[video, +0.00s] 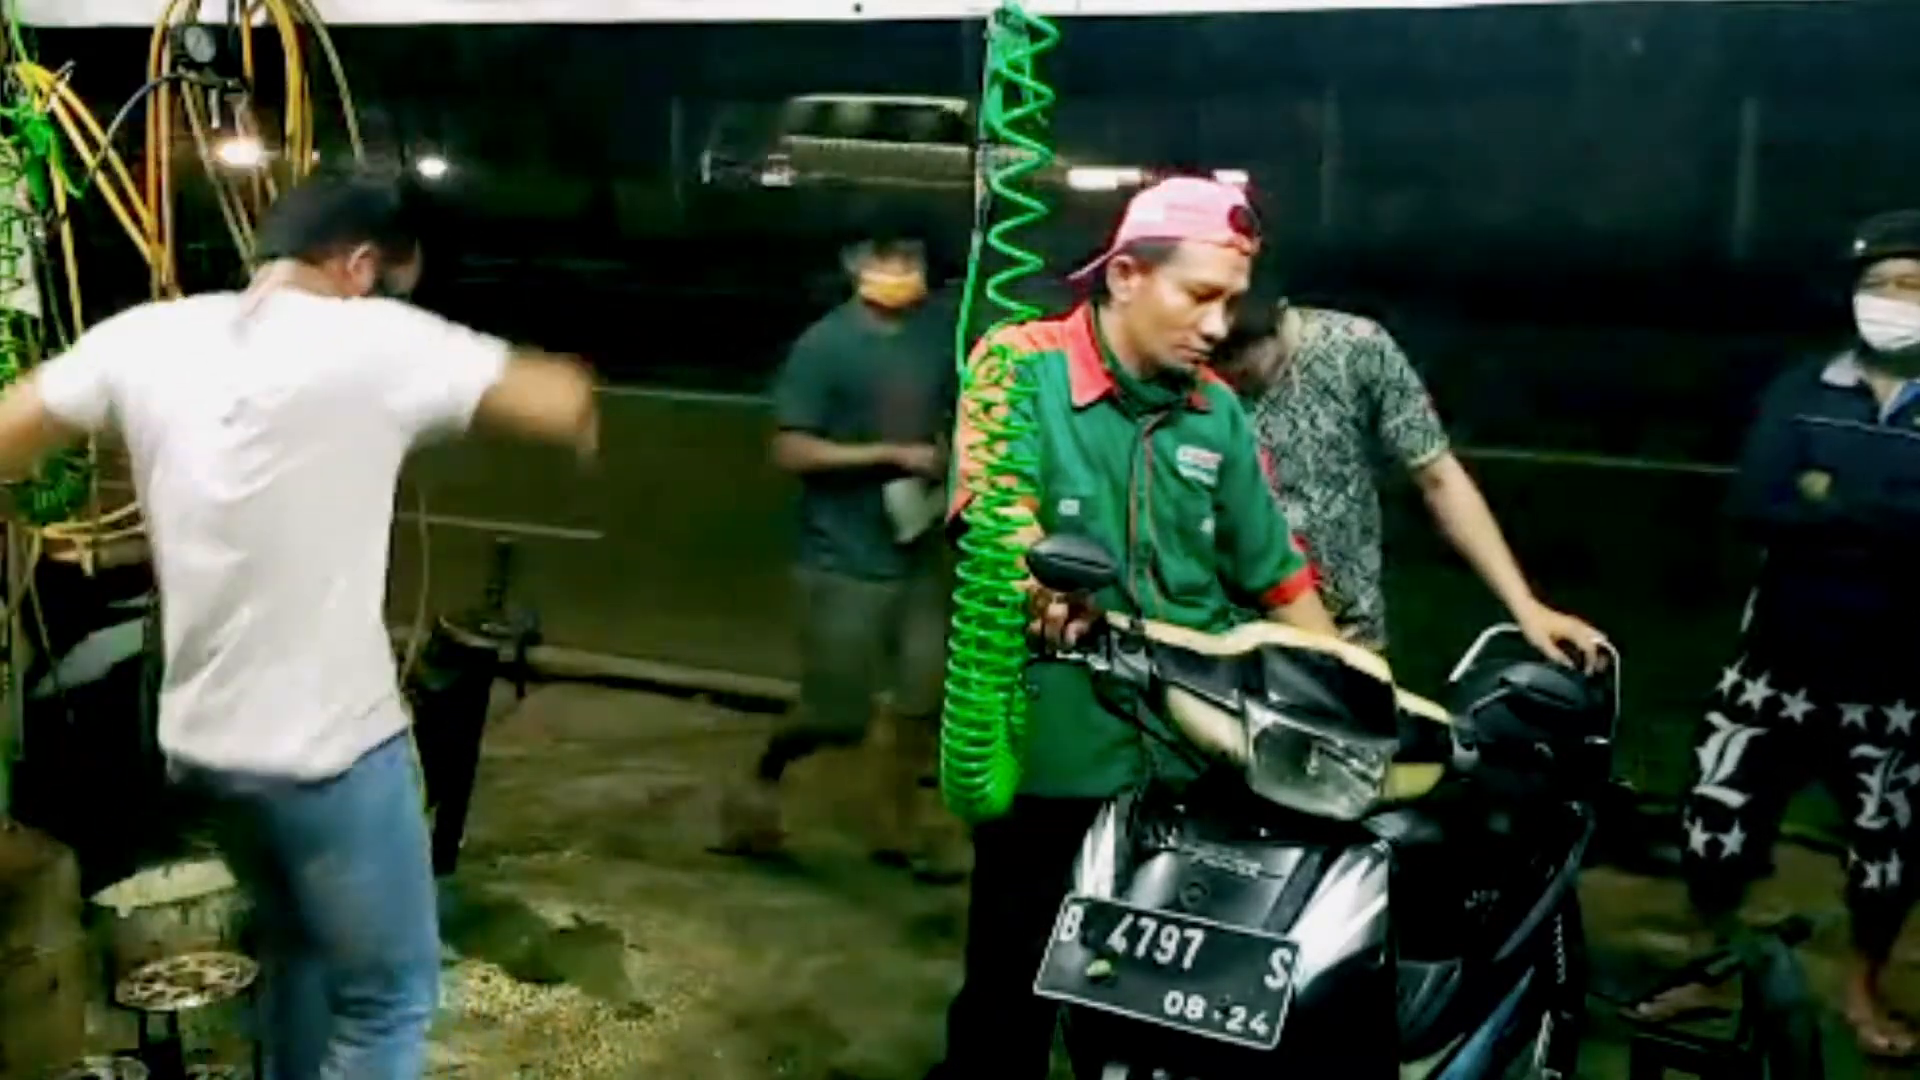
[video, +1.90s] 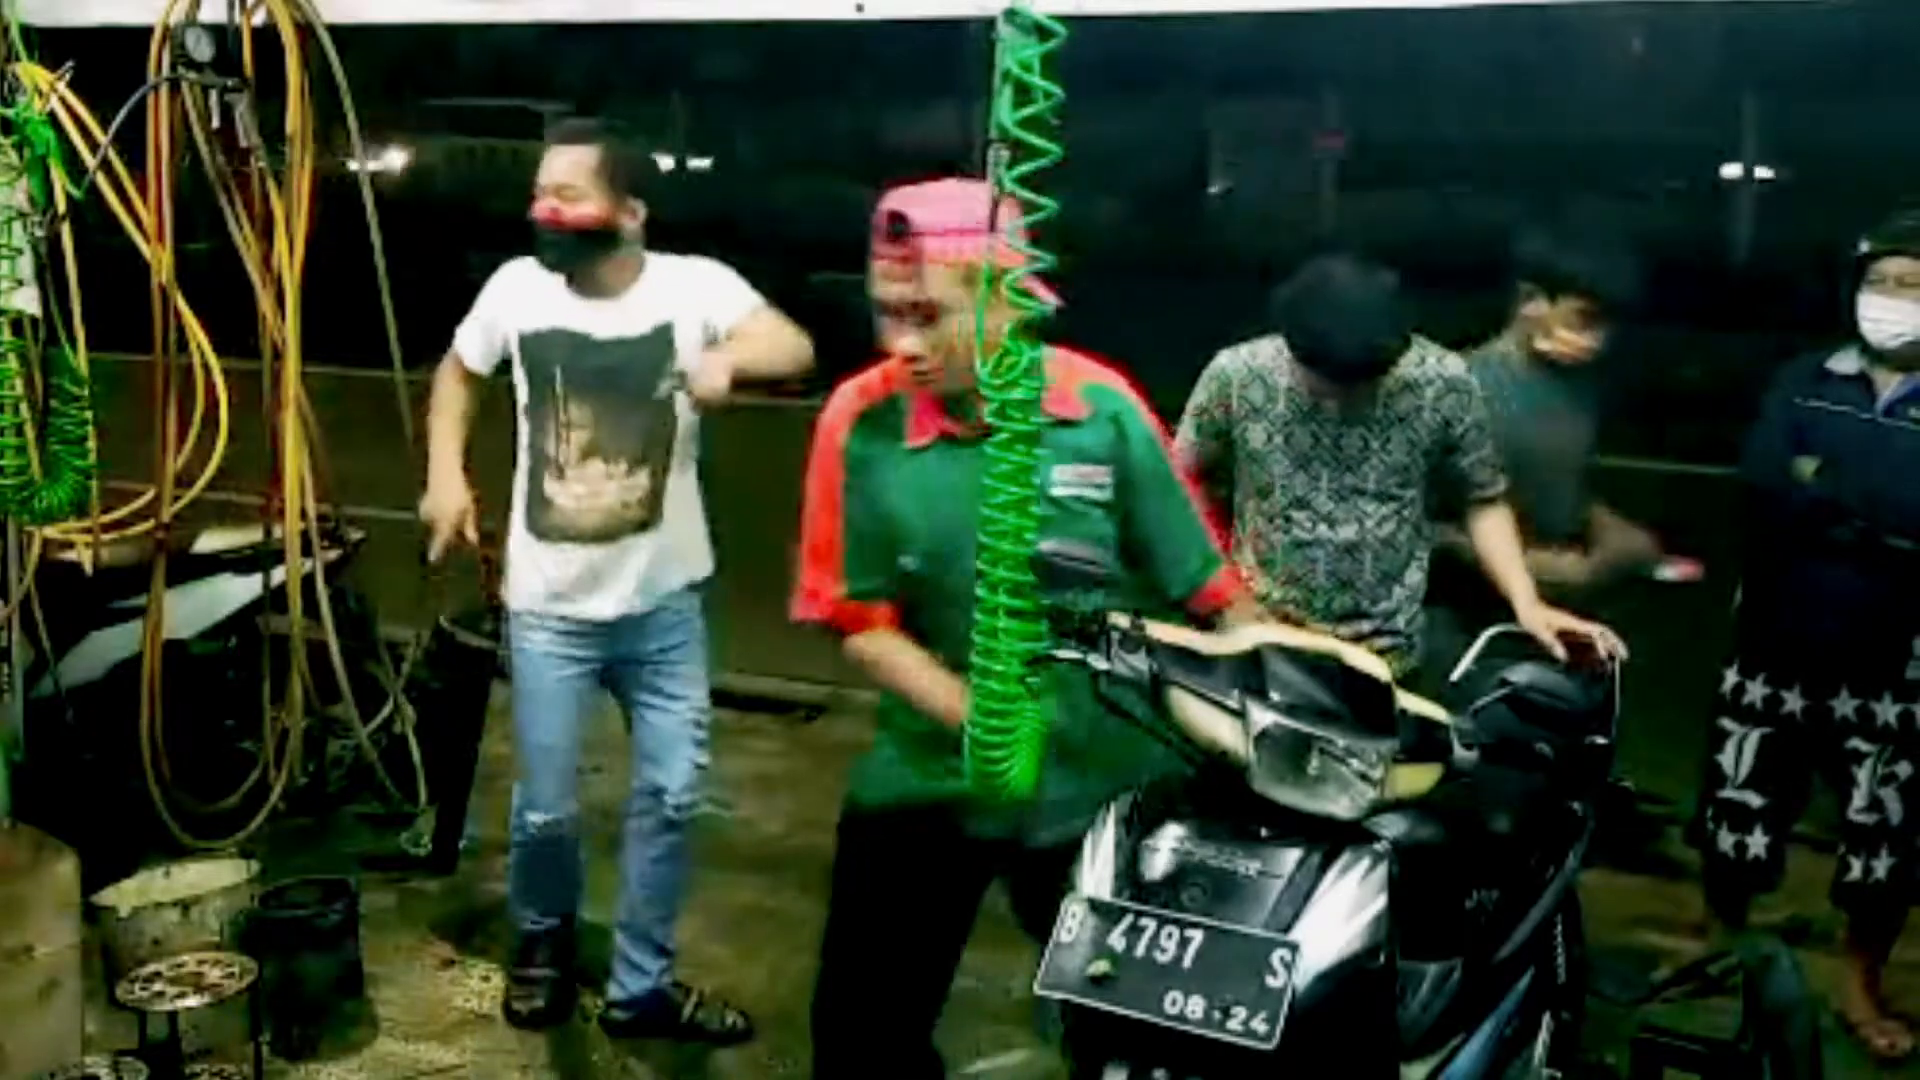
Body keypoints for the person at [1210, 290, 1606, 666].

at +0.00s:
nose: (1236, 381)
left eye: (1247, 365)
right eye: (1223, 369)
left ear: (1276, 327)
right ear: (1203, 348)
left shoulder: (1356, 352)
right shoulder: (1177, 379)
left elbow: (1440, 481)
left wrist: (1528, 609)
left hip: (1342, 645)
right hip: (1219, 650)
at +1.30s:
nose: (1295, 360)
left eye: (1305, 342)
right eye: (1274, 348)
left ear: (1335, 309)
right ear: (1244, 330)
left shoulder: (1406, 365)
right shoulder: (1207, 374)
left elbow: (1468, 489)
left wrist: (1526, 606)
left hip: (1354, 651)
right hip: (1230, 646)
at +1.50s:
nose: (1336, 357)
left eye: (1352, 338)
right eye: (1318, 343)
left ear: (1381, 314)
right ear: (1286, 324)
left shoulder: (1435, 364)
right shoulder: (1229, 373)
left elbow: (1478, 490)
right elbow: (1190, 507)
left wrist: (1528, 607)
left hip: (1374, 653)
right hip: (1252, 648)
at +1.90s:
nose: (1336, 401)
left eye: (1356, 388)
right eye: (1322, 386)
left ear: (1386, 362)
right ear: (1295, 353)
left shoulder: (1443, 385)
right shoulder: (1236, 378)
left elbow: (1485, 502)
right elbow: (1182, 484)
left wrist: (1530, 608)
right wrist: (1224, 592)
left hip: (1387, 661)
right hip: (1262, 648)